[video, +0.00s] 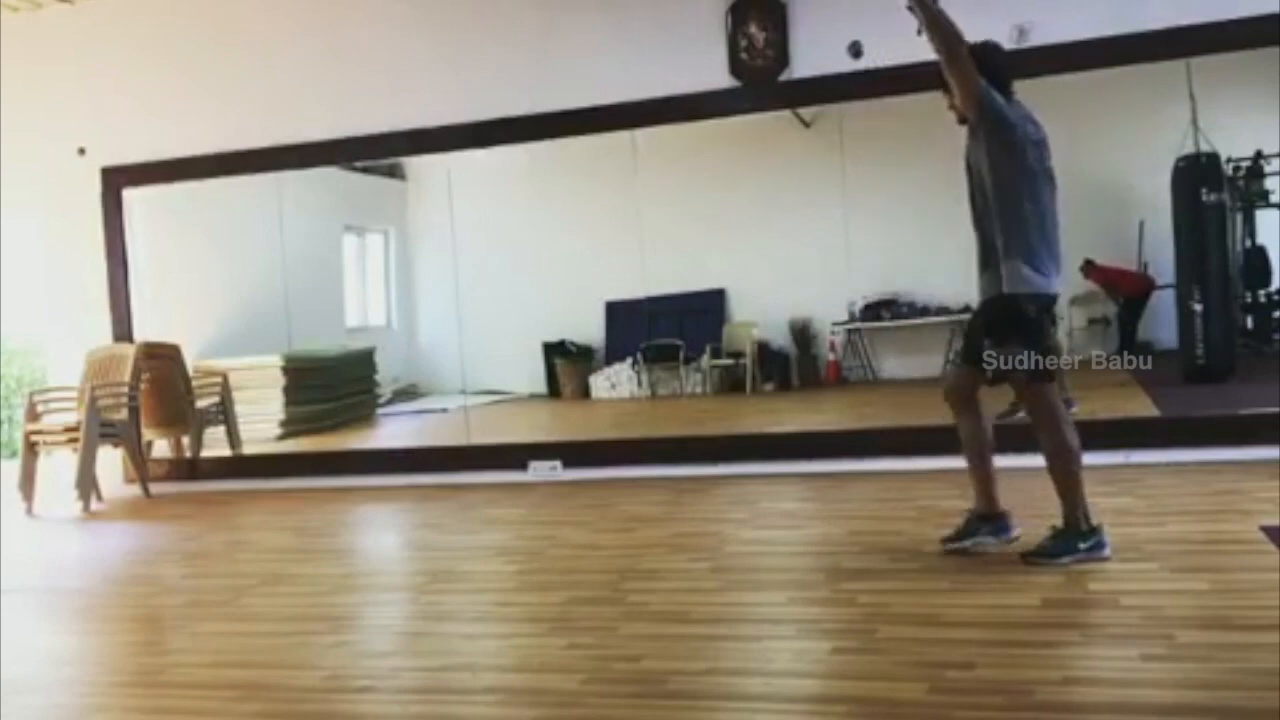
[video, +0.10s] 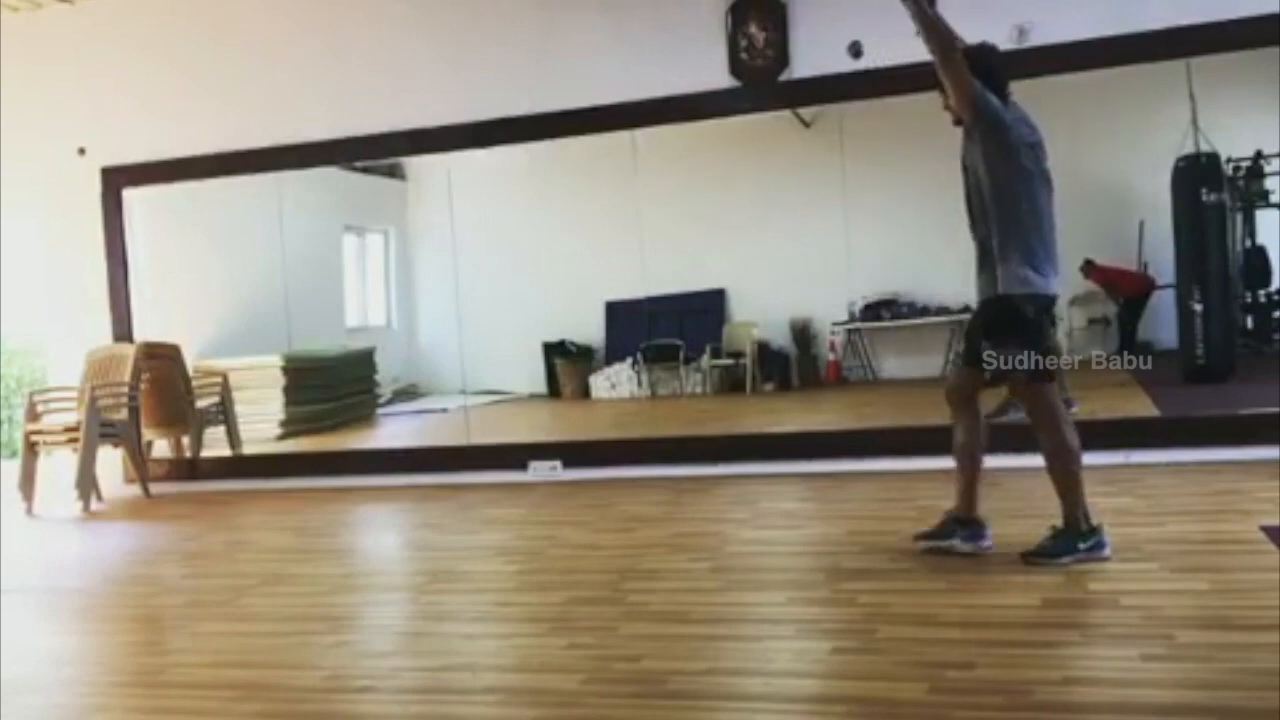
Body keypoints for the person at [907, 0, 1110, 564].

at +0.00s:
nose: (949, 104)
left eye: (952, 91)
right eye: (946, 93)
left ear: (975, 84)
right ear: (994, 78)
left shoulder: (1007, 123)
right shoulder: (1003, 128)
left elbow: (960, 58)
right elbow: (959, 58)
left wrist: (926, 9)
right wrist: (929, 19)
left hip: (1025, 287)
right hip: (1004, 288)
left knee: (1040, 398)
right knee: (960, 388)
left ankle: (1080, 526)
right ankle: (989, 513)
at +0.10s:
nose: (946, 108)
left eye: (948, 96)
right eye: (943, 98)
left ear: (970, 87)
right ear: (991, 81)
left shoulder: (1000, 124)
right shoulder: (1003, 130)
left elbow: (954, 58)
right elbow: (955, 57)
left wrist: (919, 9)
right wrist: (930, 17)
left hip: (1021, 289)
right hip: (1004, 290)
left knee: (1040, 399)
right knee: (961, 389)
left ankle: (1080, 527)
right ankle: (966, 518)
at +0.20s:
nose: (929, 108)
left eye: (932, 94)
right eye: (927, 96)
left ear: (954, 91)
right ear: (976, 85)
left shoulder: (984, 130)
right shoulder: (993, 130)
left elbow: (932, 58)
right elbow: (938, 56)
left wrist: (898, 8)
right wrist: (916, 16)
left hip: (1013, 295)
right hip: (999, 295)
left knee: (1040, 410)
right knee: (957, 400)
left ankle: (1080, 527)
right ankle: (928, 516)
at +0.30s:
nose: (919, 111)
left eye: (921, 97)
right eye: (916, 99)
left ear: (944, 93)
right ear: (966, 88)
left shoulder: (970, 131)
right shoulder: (990, 130)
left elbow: (922, 69)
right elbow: (938, 67)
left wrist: (888, 16)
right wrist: (909, 22)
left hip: (1001, 294)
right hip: (999, 293)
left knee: (1034, 410)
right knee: (949, 399)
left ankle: (1079, 526)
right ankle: (918, 516)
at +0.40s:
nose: (894, 113)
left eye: (897, 99)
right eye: (892, 100)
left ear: (921, 96)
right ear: (942, 95)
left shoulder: (940, 137)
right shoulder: (965, 138)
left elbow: (898, 79)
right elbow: (925, 74)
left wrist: (864, 22)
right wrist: (892, 31)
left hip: (974, 300)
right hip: (978, 298)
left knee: (1018, 414)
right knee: (926, 401)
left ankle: (1078, 526)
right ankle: (910, 522)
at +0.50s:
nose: (881, 108)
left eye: (885, 96)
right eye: (881, 95)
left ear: (906, 100)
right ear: (930, 97)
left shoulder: (921, 139)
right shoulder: (952, 139)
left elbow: (874, 74)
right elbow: (917, 80)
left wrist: (842, 18)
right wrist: (885, 39)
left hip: (958, 300)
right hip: (971, 297)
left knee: (1006, 415)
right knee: (908, 397)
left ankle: (1074, 523)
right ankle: (908, 522)